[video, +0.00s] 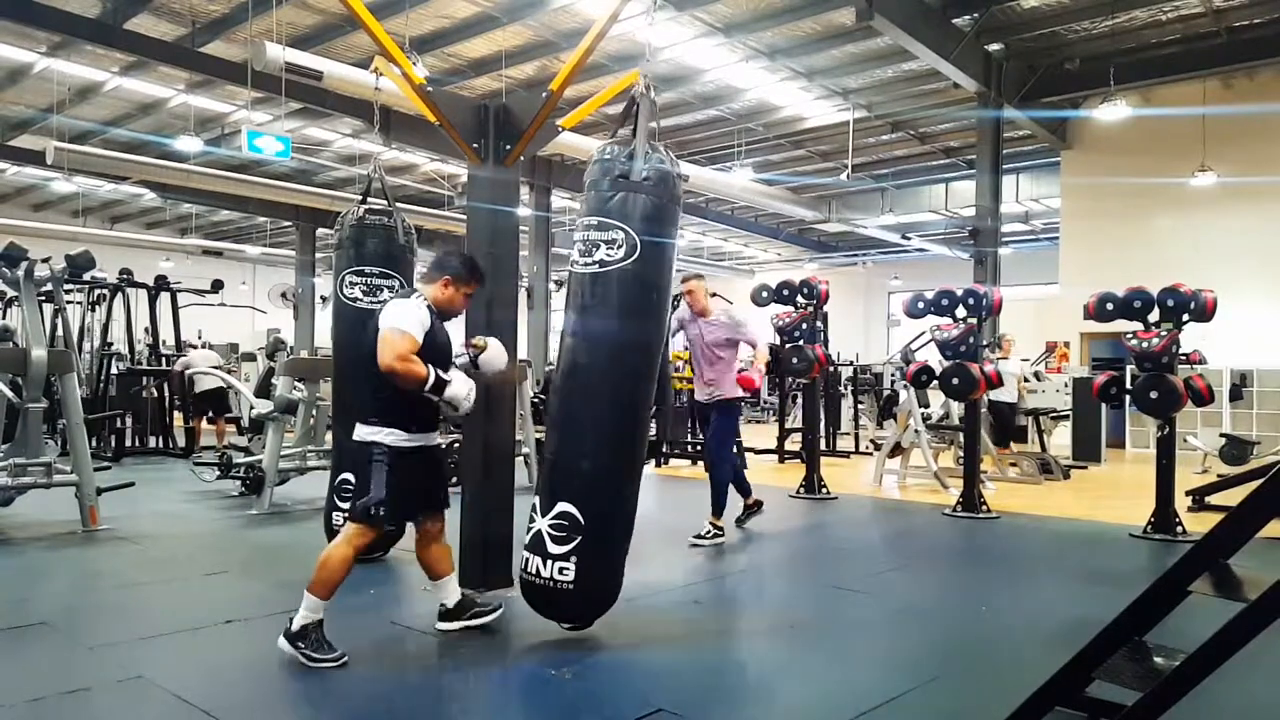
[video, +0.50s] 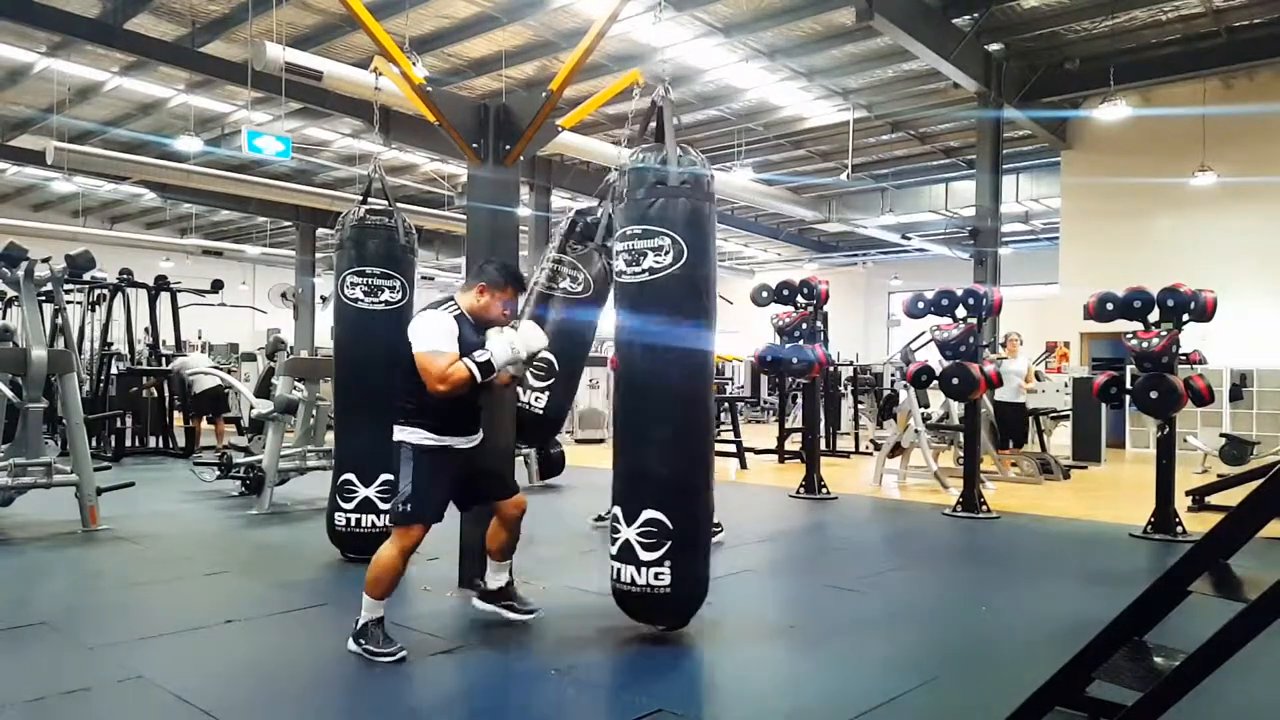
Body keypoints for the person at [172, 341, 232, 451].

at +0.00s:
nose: (186, 355)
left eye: (186, 353)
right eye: (186, 353)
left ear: (188, 351)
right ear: (197, 347)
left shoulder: (188, 357)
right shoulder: (212, 353)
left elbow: (176, 369)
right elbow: (222, 365)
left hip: (202, 389)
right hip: (219, 386)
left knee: (197, 420)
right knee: (220, 419)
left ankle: (197, 446)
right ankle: (219, 445)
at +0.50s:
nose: (171, 367)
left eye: (172, 365)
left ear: (175, 360)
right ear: (185, 356)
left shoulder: (176, 364)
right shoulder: (201, 356)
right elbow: (217, 367)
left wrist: (140, 388)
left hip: (200, 391)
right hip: (217, 387)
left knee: (196, 421)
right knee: (219, 419)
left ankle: (196, 447)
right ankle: (220, 446)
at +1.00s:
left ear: (181, 357)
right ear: (193, 354)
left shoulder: (180, 360)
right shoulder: (204, 357)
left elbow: (166, 378)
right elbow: (217, 368)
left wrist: (146, 388)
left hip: (200, 391)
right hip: (217, 388)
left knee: (196, 421)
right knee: (218, 420)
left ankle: (196, 447)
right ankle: (220, 446)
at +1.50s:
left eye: (173, 365)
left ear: (177, 360)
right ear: (187, 355)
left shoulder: (178, 362)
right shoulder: (202, 356)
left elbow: (163, 378)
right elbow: (216, 367)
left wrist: (145, 387)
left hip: (200, 391)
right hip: (217, 387)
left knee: (196, 421)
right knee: (218, 420)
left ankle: (196, 448)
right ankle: (220, 446)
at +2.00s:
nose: (172, 368)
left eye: (173, 365)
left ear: (177, 360)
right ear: (186, 355)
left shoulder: (178, 362)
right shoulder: (202, 356)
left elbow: (162, 380)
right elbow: (215, 367)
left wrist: (144, 387)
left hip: (199, 391)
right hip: (217, 387)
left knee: (196, 421)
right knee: (218, 420)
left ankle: (196, 448)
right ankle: (220, 446)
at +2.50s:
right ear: (196, 350)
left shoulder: (180, 361)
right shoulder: (204, 357)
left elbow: (177, 375)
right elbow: (215, 368)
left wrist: (178, 395)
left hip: (200, 389)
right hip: (217, 386)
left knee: (196, 421)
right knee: (219, 419)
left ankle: (196, 447)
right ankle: (220, 446)